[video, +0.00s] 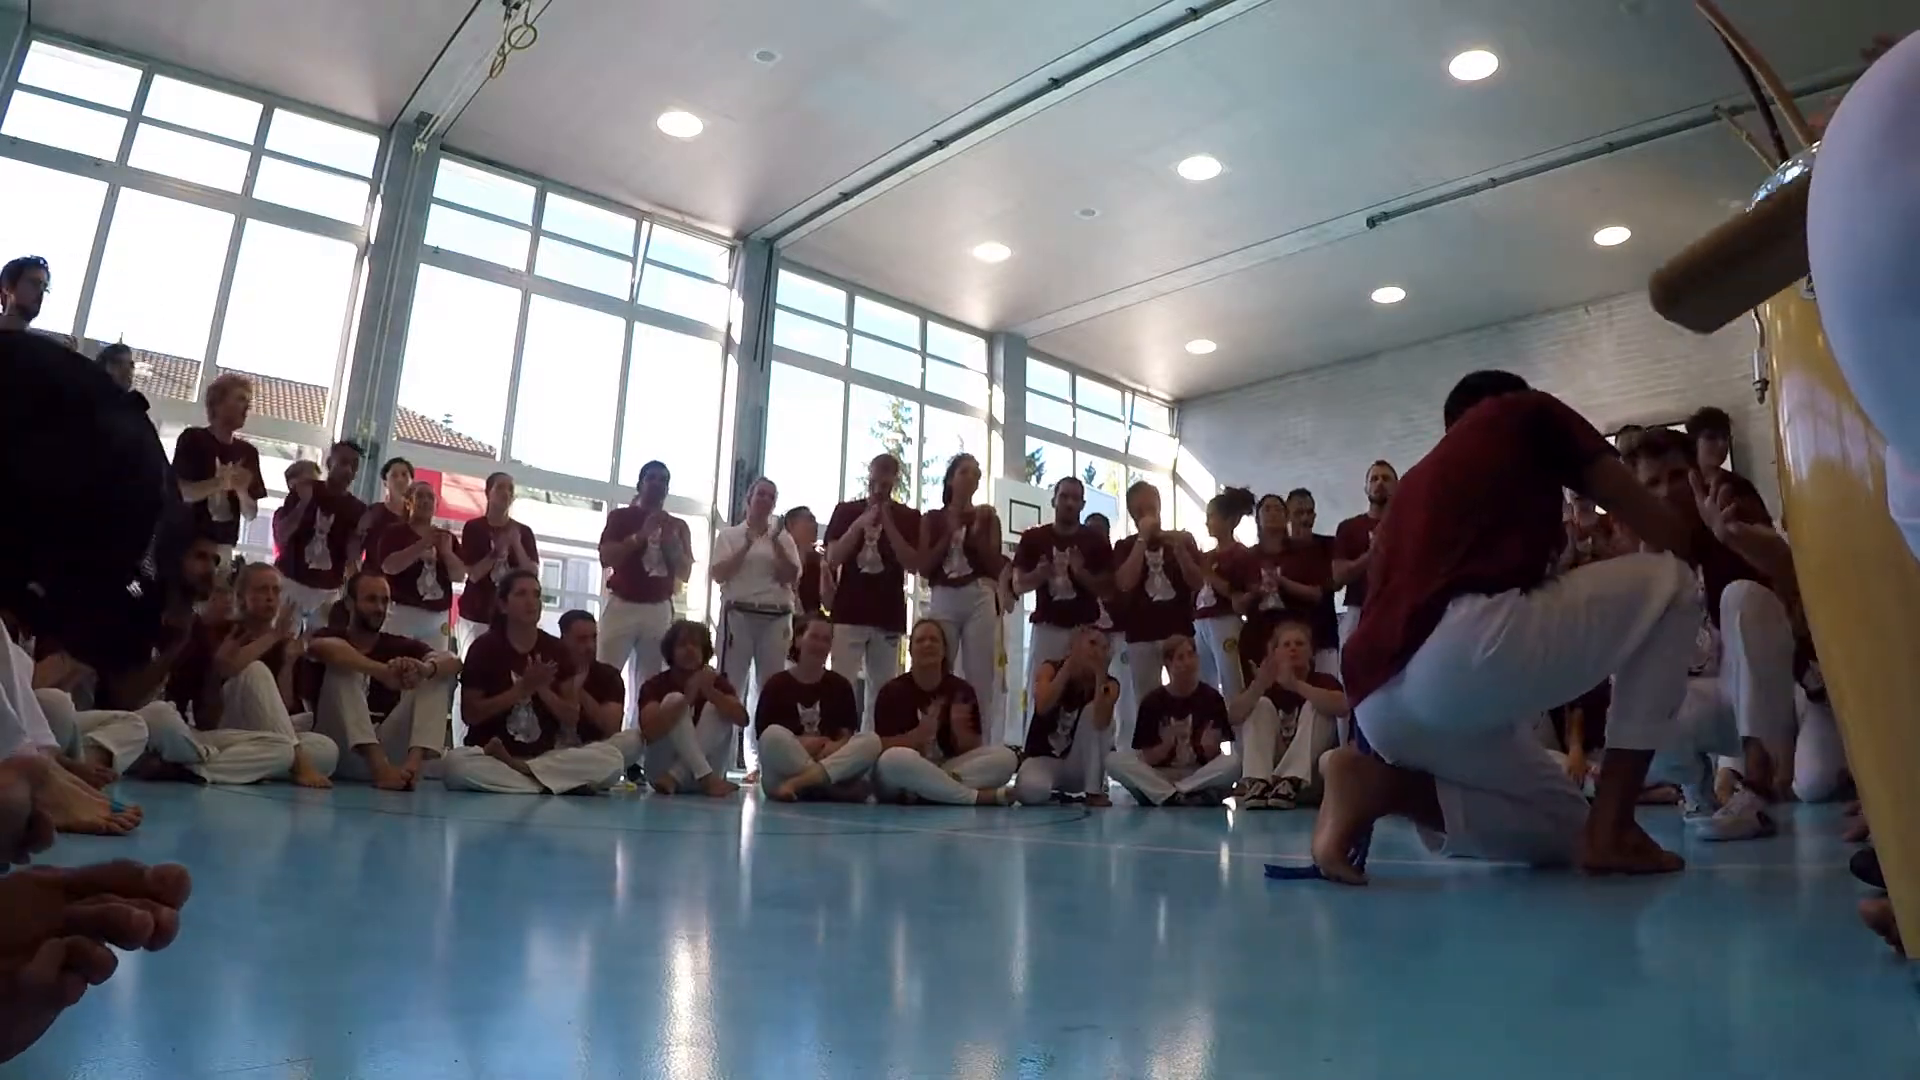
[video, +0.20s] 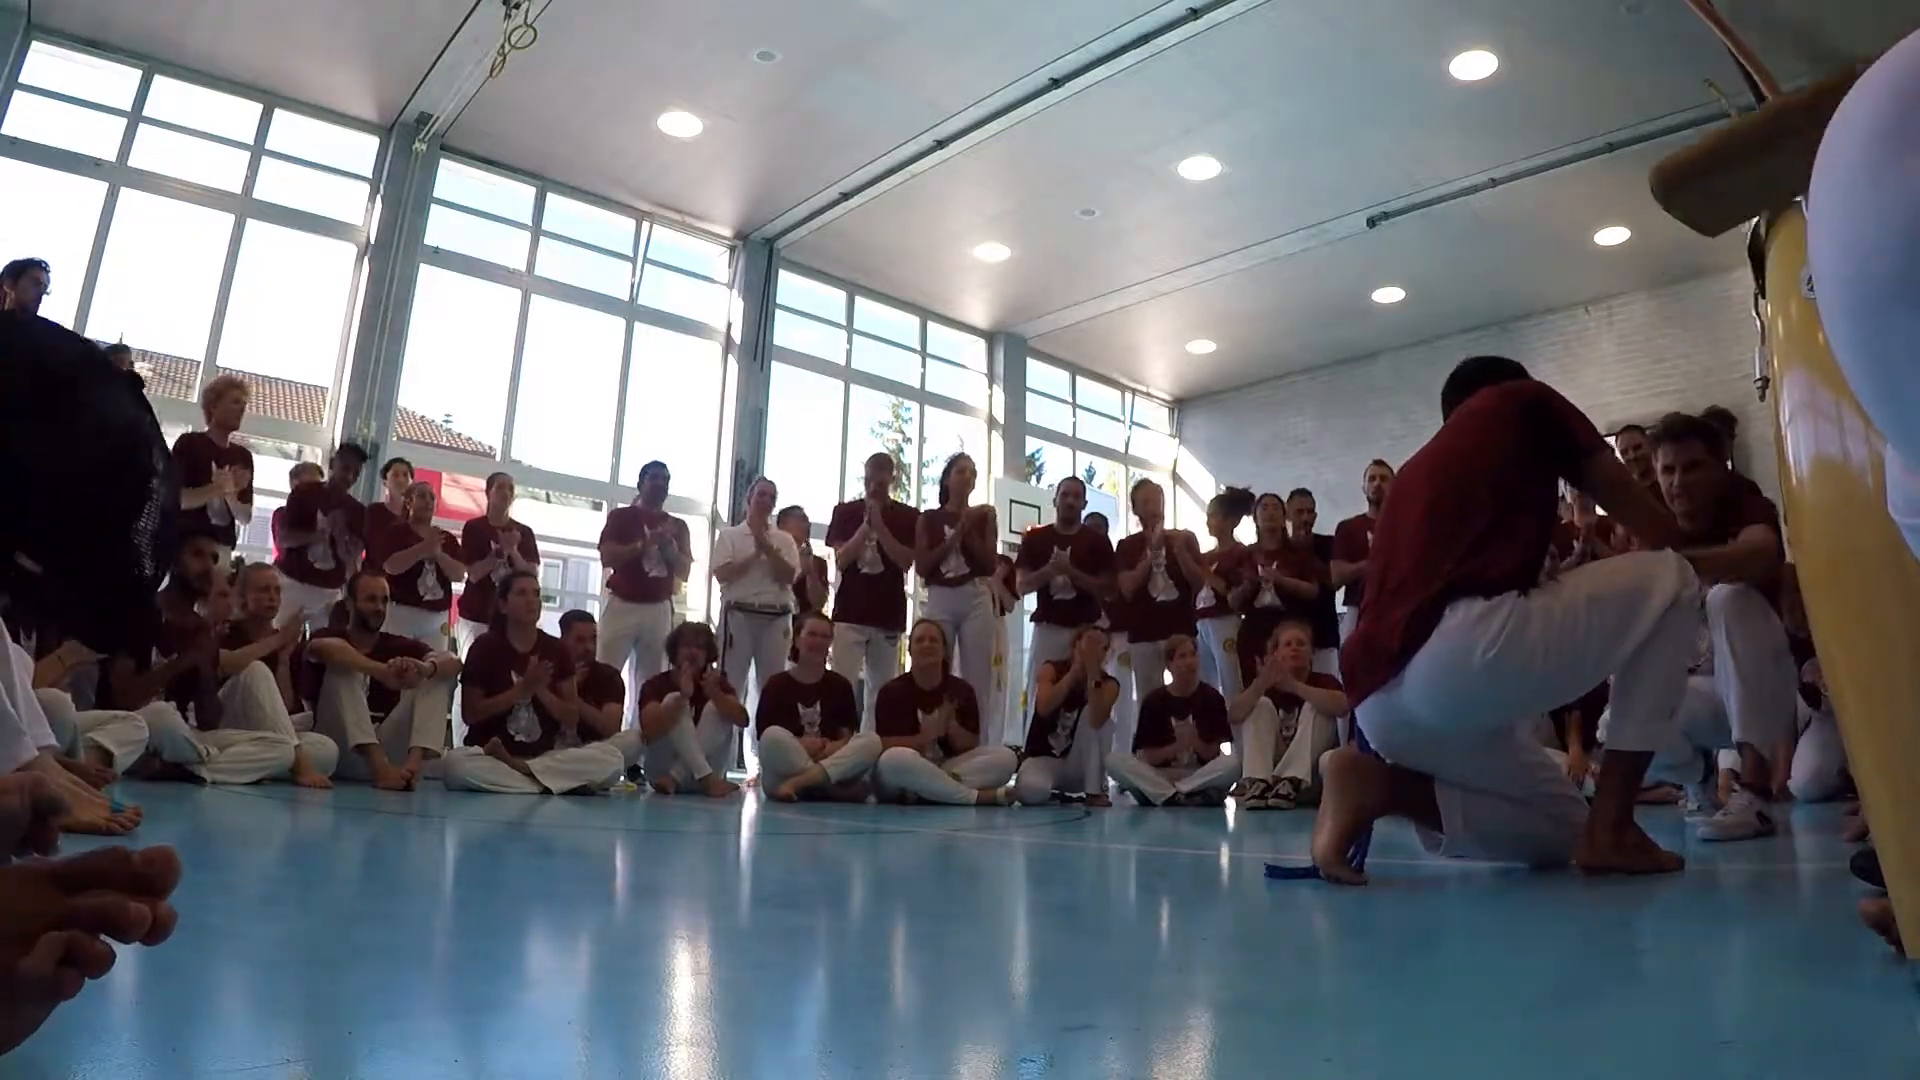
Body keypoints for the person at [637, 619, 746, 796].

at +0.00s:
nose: (689, 650)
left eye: (695, 644)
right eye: (682, 645)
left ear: (705, 650)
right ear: (670, 651)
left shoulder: (716, 681)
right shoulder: (653, 685)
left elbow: (742, 719)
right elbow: (649, 732)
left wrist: (710, 692)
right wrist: (687, 698)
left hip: (710, 771)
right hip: (664, 771)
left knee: (717, 707)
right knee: (674, 701)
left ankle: (674, 776)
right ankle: (707, 777)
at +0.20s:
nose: (693, 652)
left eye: (699, 647)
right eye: (686, 646)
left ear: (709, 654)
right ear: (674, 652)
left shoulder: (717, 681)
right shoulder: (655, 684)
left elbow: (742, 720)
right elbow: (649, 731)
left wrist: (714, 693)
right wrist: (683, 698)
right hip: (664, 771)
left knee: (717, 707)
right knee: (674, 701)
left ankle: (675, 777)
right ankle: (707, 777)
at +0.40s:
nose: (694, 652)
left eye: (700, 647)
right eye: (687, 646)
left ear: (710, 654)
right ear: (674, 651)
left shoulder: (718, 683)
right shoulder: (655, 684)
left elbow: (742, 719)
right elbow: (650, 730)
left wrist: (711, 694)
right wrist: (690, 696)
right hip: (664, 771)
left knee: (717, 707)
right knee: (674, 701)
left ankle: (674, 777)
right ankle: (707, 778)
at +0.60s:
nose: (696, 653)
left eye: (702, 648)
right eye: (690, 647)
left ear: (712, 654)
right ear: (676, 652)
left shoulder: (718, 682)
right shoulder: (656, 684)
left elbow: (744, 722)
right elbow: (650, 731)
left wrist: (718, 692)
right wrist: (683, 695)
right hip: (664, 771)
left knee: (719, 706)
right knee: (674, 701)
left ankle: (674, 777)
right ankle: (707, 777)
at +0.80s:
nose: (697, 652)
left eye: (702, 646)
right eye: (690, 646)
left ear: (709, 652)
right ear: (675, 652)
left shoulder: (718, 683)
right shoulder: (656, 685)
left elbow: (744, 719)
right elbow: (651, 729)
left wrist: (710, 692)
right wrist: (695, 696)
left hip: (709, 771)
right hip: (664, 770)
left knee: (719, 707)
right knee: (675, 700)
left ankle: (674, 776)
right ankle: (707, 777)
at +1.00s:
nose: (693, 647)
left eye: (695, 640)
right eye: (684, 644)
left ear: (703, 645)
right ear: (671, 653)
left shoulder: (716, 680)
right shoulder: (656, 685)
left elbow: (744, 721)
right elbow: (651, 729)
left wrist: (716, 693)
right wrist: (693, 692)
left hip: (709, 771)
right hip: (665, 771)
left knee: (721, 707)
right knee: (675, 701)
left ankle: (674, 776)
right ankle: (707, 777)